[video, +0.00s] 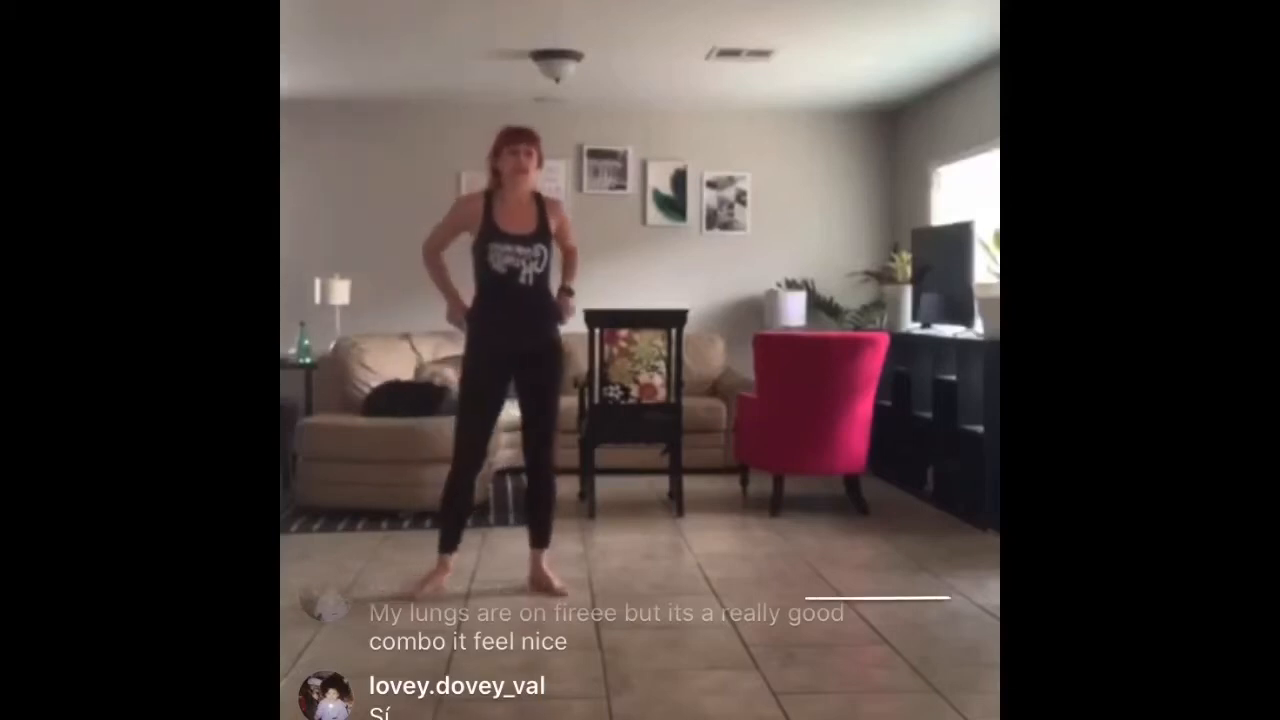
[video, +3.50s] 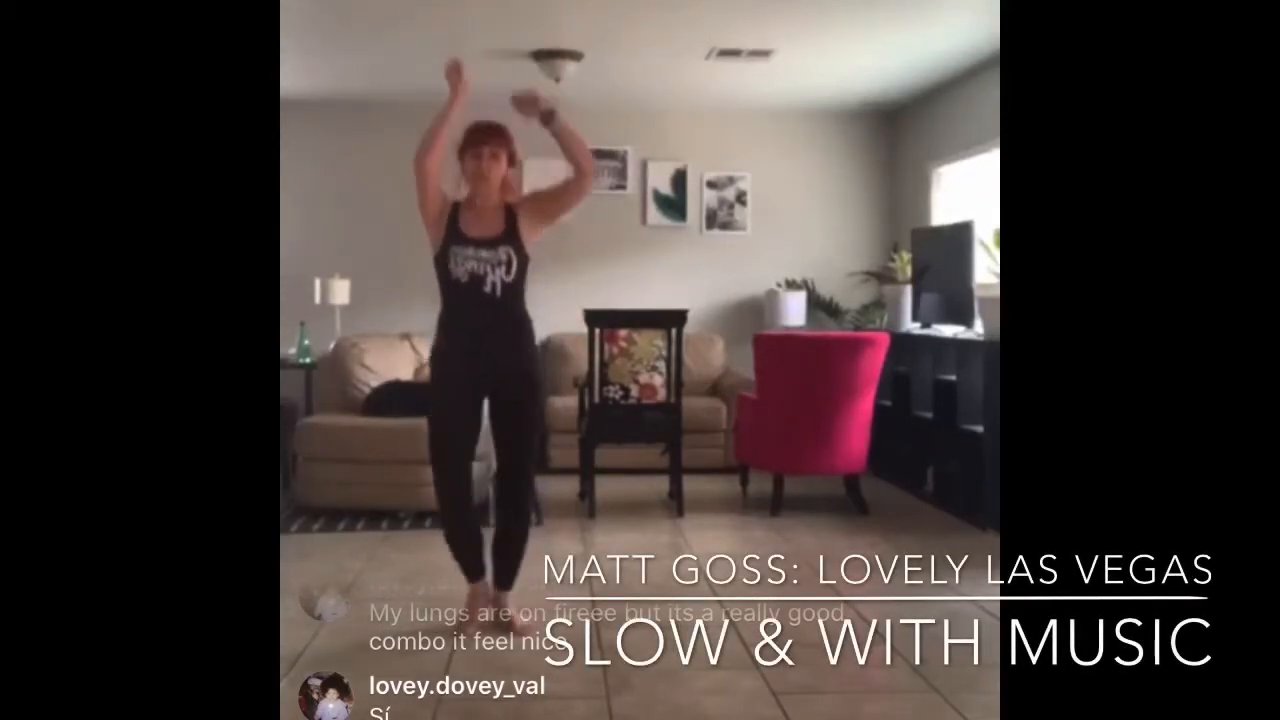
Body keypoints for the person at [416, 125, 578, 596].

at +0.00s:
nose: (519, 160)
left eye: (527, 154)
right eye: (511, 153)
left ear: (539, 164)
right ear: (496, 162)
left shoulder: (553, 212)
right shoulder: (474, 207)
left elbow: (570, 251)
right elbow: (432, 250)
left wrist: (566, 290)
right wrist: (453, 301)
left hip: (540, 339)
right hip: (489, 337)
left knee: (541, 454)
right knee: (467, 456)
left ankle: (539, 563)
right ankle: (443, 565)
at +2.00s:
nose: (523, 139)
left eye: (532, 134)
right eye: (515, 132)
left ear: (544, 149)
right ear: (498, 144)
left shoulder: (559, 208)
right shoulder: (473, 201)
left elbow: (581, 279)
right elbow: (444, 273)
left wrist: (578, 328)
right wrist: (442, 326)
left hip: (541, 344)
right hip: (484, 342)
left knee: (534, 465)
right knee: (489, 465)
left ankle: (527, 581)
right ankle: (486, 580)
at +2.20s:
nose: (524, 142)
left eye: (532, 136)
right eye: (515, 134)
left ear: (545, 150)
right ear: (498, 144)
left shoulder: (557, 209)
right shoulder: (472, 202)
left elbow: (564, 293)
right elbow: (450, 282)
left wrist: (558, 266)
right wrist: (472, 237)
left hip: (539, 345)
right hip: (483, 343)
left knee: (532, 467)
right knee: (487, 466)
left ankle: (527, 582)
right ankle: (486, 583)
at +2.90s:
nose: (507, 172)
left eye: (518, 167)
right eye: (499, 165)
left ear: (530, 181)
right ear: (484, 177)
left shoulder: (544, 232)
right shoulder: (463, 230)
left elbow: (582, 283)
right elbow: (421, 279)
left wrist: (553, 219)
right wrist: (449, 217)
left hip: (529, 367)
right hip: (474, 366)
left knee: (523, 479)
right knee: (478, 480)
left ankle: (521, 583)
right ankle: (490, 582)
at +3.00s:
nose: (509, 138)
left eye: (518, 132)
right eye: (500, 130)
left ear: (531, 145)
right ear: (484, 142)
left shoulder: (539, 200)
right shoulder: (462, 194)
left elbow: (578, 180)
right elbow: (418, 164)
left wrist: (550, 123)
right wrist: (448, 99)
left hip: (529, 347)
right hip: (471, 345)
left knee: (525, 467)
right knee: (475, 467)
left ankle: (524, 579)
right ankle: (488, 577)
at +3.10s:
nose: (506, 100)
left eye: (516, 94)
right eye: (497, 92)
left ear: (530, 106)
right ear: (479, 102)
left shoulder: (541, 158)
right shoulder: (462, 153)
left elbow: (564, 87)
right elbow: (434, 76)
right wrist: (440, 4)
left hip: (525, 306)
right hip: (466, 305)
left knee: (529, 434)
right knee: (474, 436)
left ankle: (533, 560)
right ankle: (473, 563)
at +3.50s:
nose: (491, 160)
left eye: (499, 153)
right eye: (482, 153)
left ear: (512, 166)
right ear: (463, 165)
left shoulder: (526, 217)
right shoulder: (444, 217)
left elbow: (584, 177)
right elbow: (425, 162)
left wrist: (550, 118)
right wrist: (456, 98)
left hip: (513, 362)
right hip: (455, 361)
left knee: (516, 479)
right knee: (450, 479)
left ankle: (503, 593)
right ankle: (477, 586)